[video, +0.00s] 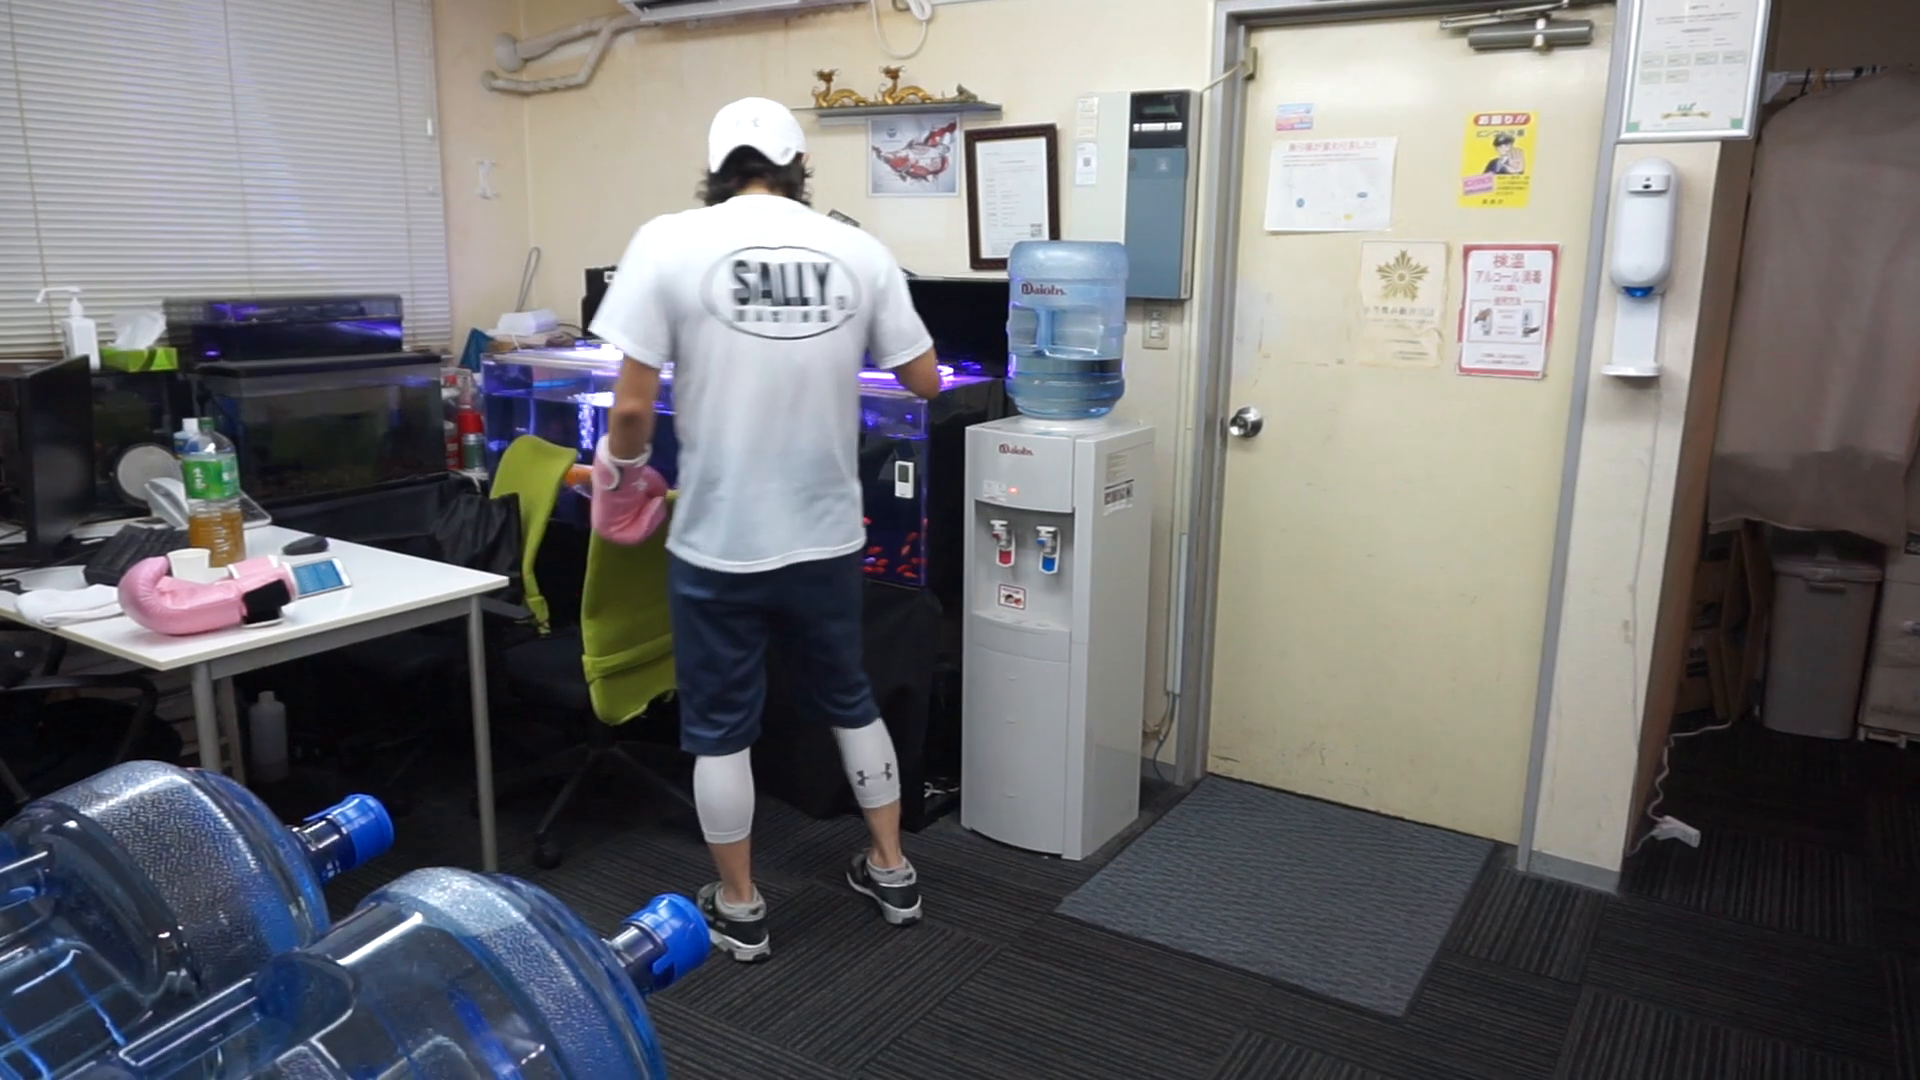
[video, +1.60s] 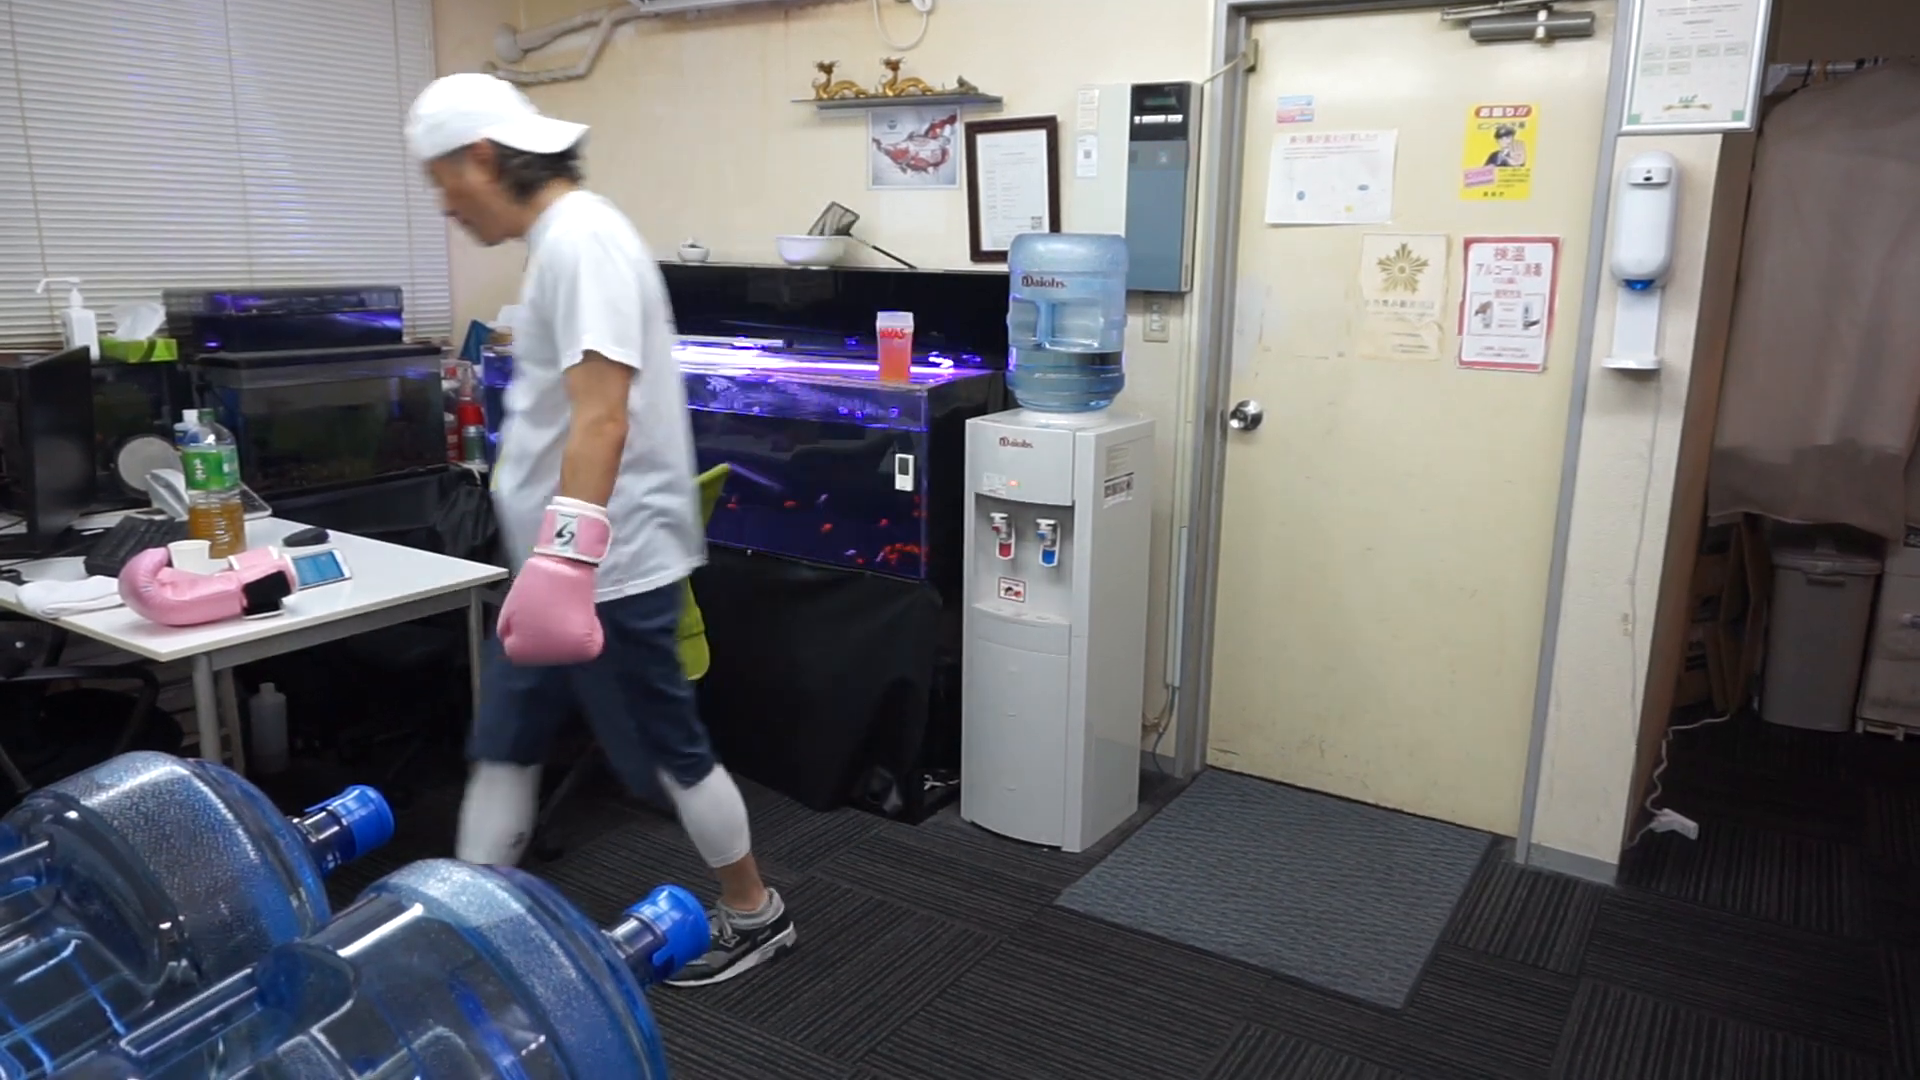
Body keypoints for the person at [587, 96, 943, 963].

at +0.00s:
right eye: (800, 167)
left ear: (715, 170)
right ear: (799, 169)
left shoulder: (668, 245)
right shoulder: (858, 249)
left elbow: (633, 405)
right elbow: (924, 378)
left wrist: (619, 475)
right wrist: (865, 342)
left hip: (718, 538)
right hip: (826, 531)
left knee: (721, 727)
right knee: (850, 698)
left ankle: (740, 907)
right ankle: (894, 869)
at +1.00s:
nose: (671, 185)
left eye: (673, 166)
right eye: (669, 168)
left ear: (707, 154)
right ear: (752, 154)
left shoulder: (725, 226)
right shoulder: (840, 230)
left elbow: (726, 384)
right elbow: (903, 358)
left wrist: (674, 503)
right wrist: (819, 389)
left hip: (745, 529)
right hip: (822, 526)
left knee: (729, 725)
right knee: (834, 690)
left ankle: (755, 912)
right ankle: (891, 857)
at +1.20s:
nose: (611, 191)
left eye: (612, 169)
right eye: (607, 172)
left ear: (649, 150)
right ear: (681, 151)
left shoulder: (676, 232)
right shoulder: (786, 230)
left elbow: (663, 401)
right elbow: (832, 379)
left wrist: (609, 524)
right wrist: (760, 448)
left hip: (702, 532)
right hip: (768, 523)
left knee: (716, 726)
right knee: (735, 688)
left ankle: (754, 912)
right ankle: (806, 832)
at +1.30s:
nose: (577, 189)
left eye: (577, 167)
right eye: (572, 170)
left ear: (616, 147)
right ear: (644, 150)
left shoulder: (655, 233)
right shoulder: (747, 225)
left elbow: (643, 402)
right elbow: (800, 376)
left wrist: (585, 535)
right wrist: (741, 463)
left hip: (688, 538)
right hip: (738, 526)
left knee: (710, 731)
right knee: (647, 687)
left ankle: (759, 912)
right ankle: (702, 860)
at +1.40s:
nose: (536, 191)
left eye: (539, 170)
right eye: (531, 174)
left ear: (581, 152)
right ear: (608, 152)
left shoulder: (633, 237)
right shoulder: (701, 222)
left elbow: (625, 415)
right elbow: (769, 366)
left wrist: (568, 546)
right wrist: (699, 452)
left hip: (671, 546)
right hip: (683, 530)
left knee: (705, 737)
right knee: (590, 696)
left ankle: (756, 914)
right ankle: (593, 881)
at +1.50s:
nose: (493, 198)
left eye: (494, 175)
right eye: (485, 181)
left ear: (537, 154)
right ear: (554, 156)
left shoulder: (609, 241)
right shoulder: (649, 227)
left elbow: (613, 418)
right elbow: (716, 356)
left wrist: (563, 552)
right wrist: (647, 451)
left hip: (648, 557)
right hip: (623, 552)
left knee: (698, 745)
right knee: (550, 724)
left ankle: (756, 911)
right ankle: (496, 903)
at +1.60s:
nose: (447, 207)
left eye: (445, 183)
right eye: (437, 189)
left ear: (488, 158)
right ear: (493, 158)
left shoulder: (583, 241)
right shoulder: (559, 243)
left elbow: (601, 417)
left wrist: (566, 558)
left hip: (617, 570)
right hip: (558, 566)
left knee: (674, 751)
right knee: (503, 750)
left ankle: (751, 906)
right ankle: (469, 931)